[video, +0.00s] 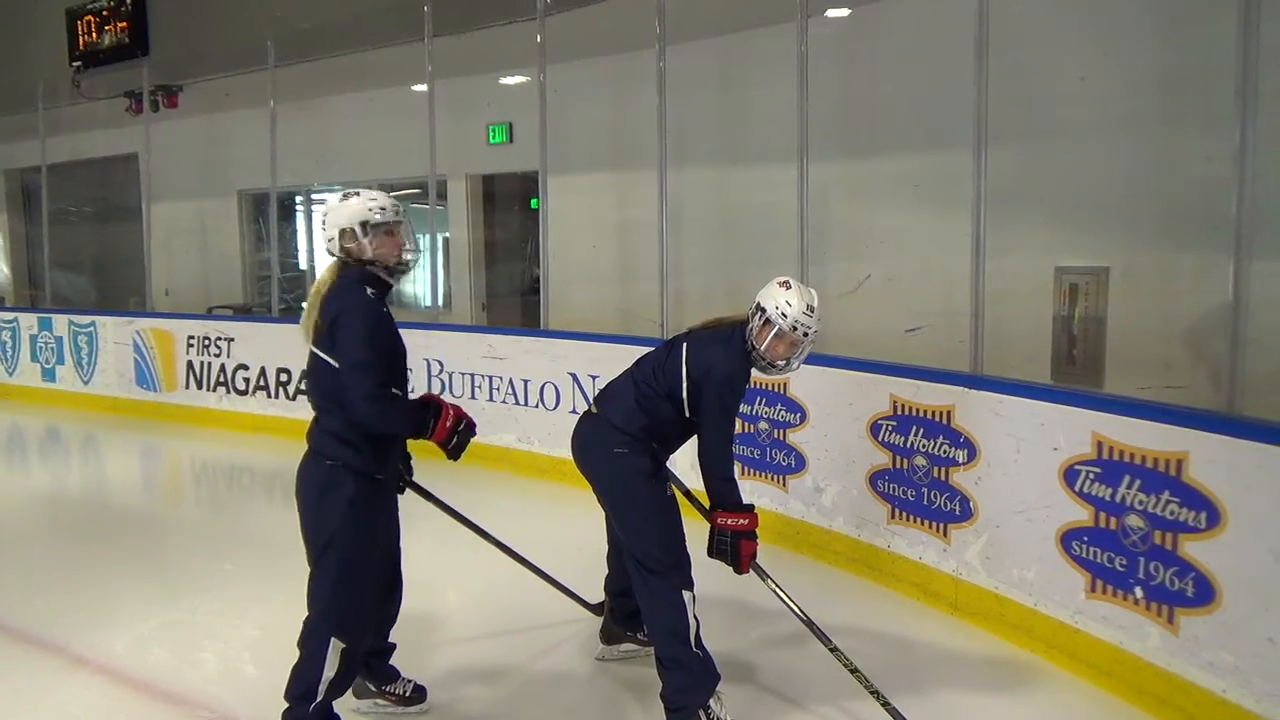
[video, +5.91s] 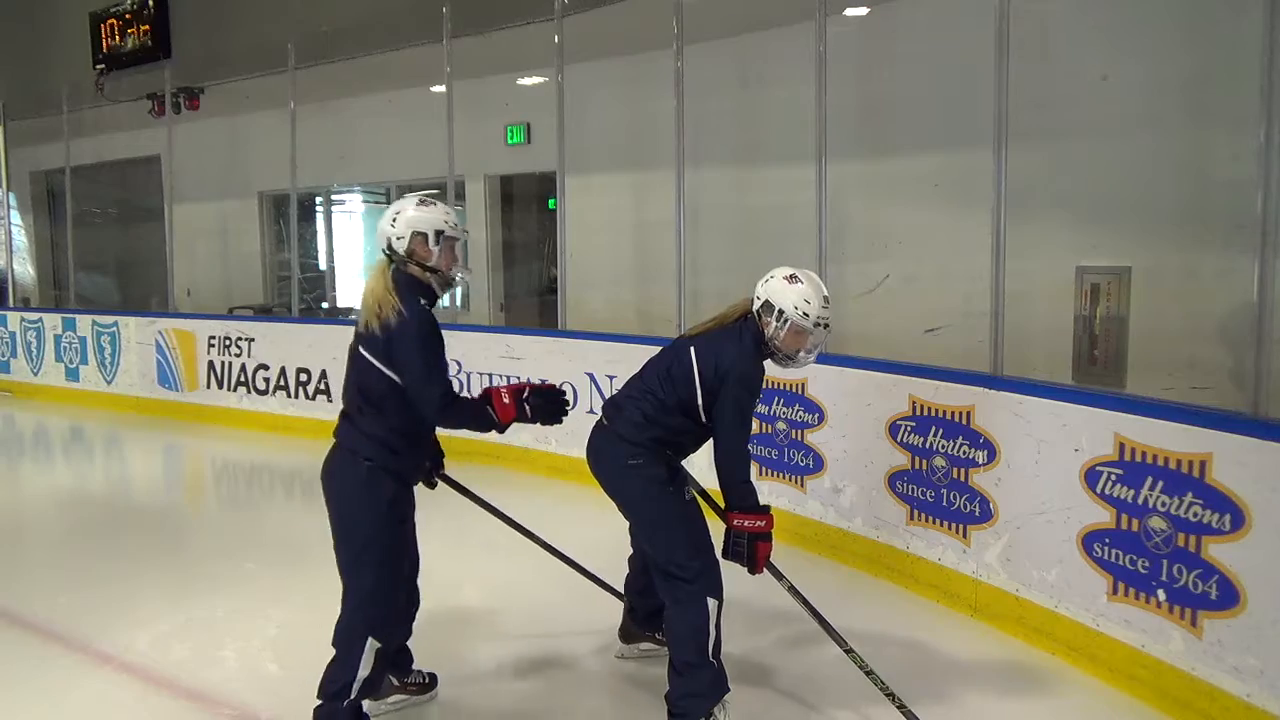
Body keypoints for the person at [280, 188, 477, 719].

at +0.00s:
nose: (400, 241)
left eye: (400, 231)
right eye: (387, 232)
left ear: (391, 238)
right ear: (356, 240)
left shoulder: (359, 295)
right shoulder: (354, 301)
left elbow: (351, 392)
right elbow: (365, 399)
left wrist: (390, 448)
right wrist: (429, 417)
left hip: (363, 469)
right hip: (342, 475)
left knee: (378, 579)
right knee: (341, 598)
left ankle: (372, 672)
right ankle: (307, 708)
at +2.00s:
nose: (361, 253)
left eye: (368, 239)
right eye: (346, 243)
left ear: (381, 242)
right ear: (324, 251)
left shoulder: (385, 303)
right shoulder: (317, 320)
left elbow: (394, 387)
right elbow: (344, 408)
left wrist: (417, 447)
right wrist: (423, 415)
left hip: (386, 466)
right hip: (339, 474)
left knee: (388, 576)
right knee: (346, 599)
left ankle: (378, 668)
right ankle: (325, 707)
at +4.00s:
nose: (401, 245)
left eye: (401, 235)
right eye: (388, 236)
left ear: (389, 240)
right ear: (356, 241)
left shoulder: (360, 294)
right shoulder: (356, 299)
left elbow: (360, 395)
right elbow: (391, 393)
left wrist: (400, 455)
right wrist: (444, 402)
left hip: (372, 470)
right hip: (348, 474)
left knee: (388, 579)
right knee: (348, 596)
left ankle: (377, 672)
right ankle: (318, 708)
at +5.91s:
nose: (454, 256)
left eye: (454, 245)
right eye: (445, 245)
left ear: (420, 248)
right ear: (415, 247)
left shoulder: (394, 300)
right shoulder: (408, 314)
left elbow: (384, 390)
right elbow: (437, 406)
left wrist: (422, 446)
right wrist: (510, 406)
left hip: (381, 466)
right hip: (365, 471)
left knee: (398, 580)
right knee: (369, 592)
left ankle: (387, 670)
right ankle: (337, 705)